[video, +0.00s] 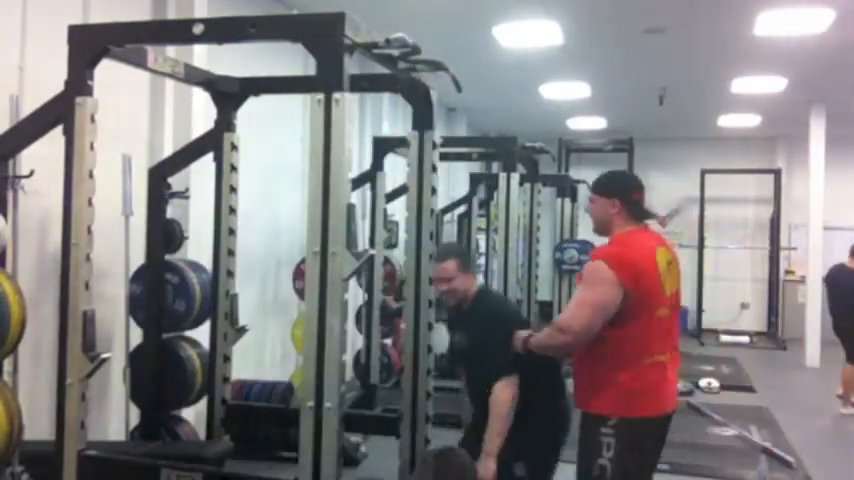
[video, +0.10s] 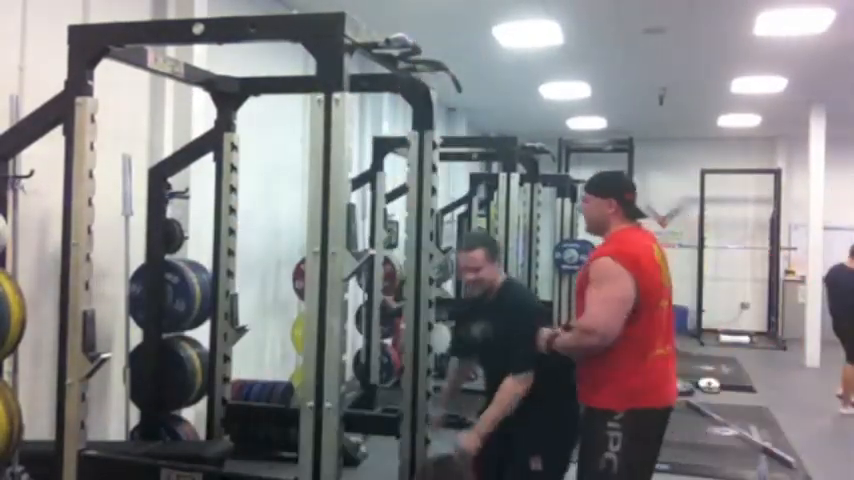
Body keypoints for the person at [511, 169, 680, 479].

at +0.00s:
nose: (588, 207)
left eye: (593, 200)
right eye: (590, 200)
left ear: (615, 205)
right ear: (628, 205)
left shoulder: (614, 258)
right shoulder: (661, 247)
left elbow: (570, 331)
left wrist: (530, 341)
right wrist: (569, 346)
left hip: (618, 409)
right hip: (652, 405)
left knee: (602, 473)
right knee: (635, 473)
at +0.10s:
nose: (581, 207)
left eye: (587, 200)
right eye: (583, 200)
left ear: (612, 206)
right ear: (615, 206)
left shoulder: (615, 254)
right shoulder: (644, 243)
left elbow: (597, 332)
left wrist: (555, 340)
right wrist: (573, 330)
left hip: (620, 403)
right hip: (642, 399)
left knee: (604, 473)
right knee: (627, 473)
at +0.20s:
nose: (580, 210)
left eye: (587, 202)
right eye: (580, 202)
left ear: (614, 206)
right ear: (613, 206)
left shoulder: (626, 251)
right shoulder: (624, 244)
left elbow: (620, 329)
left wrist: (570, 341)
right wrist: (575, 331)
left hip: (632, 400)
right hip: (626, 396)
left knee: (624, 472)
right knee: (618, 472)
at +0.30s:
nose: (591, 213)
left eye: (599, 205)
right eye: (589, 205)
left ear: (626, 207)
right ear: (586, 205)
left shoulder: (639, 252)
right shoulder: (610, 247)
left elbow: (636, 329)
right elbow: (603, 312)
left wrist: (579, 339)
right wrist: (574, 326)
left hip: (644, 399)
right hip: (618, 395)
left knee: (640, 473)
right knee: (617, 471)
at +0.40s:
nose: (606, 214)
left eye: (617, 206)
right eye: (604, 205)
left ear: (643, 209)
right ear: (600, 205)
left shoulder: (657, 255)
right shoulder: (608, 249)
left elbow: (652, 329)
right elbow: (595, 307)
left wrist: (589, 337)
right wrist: (577, 324)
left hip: (655, 403)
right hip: (618, 397)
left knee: (652, 473)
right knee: (619, 471)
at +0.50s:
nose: (627, 215)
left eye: (637, 207)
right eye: (624, 206)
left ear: (662, 210)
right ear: (618, 206)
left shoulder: (678, 259)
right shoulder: (618, 247)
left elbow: (673, 331)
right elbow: (599, 301)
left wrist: (603, 340)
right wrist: (584, 327)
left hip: (662, 406)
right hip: (622, 397)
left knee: (655, 473)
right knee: (621, 471)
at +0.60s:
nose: (650, 216)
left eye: (661, 209)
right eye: (646, 207)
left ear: (685, 214)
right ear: (639, 209)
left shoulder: (701, 264)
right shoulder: (628, 251)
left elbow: (701, 338)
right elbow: (609, 303)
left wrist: (629, 360)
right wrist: (588, 344)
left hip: (689, 413)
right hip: (635, 405)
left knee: (698, 473)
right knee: (631, 473)